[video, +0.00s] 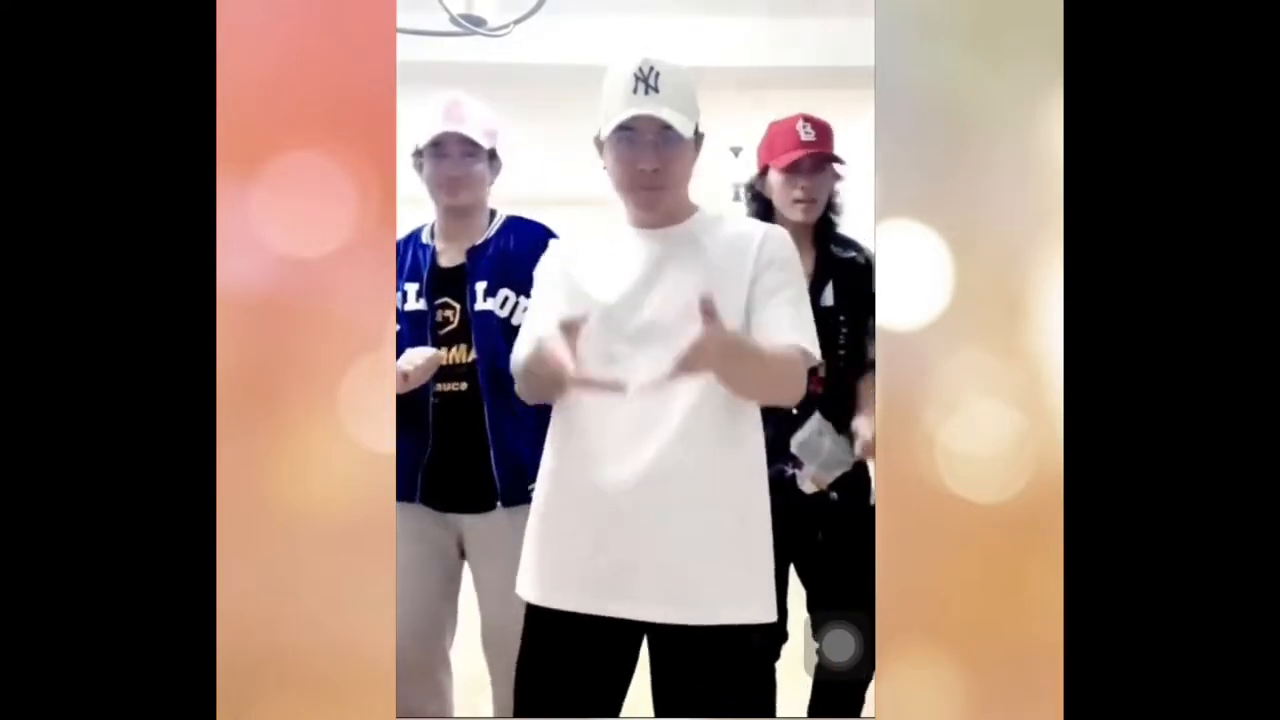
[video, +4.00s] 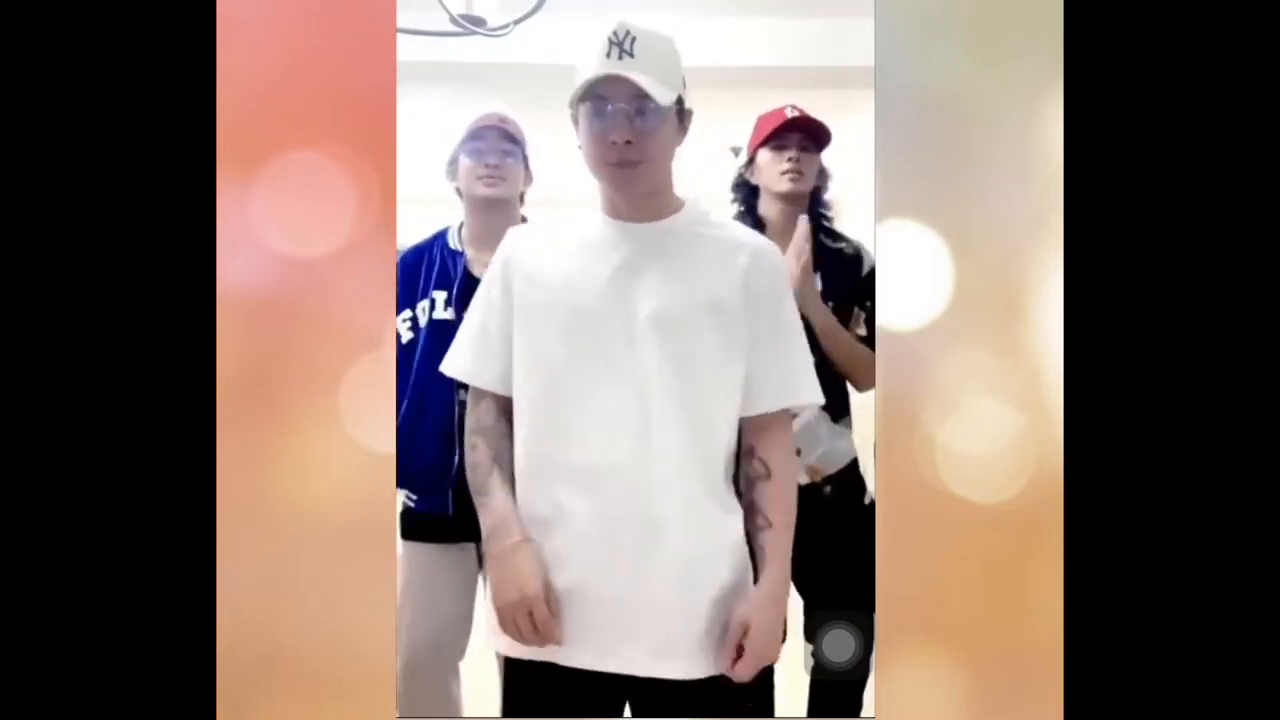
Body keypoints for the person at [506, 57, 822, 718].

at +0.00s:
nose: (647, 157)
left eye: (667, 137)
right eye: (628, 137)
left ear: (697, 150)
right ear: (602, 151)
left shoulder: (755, 248)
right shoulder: (572, 255)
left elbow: (791, 383)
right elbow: (527, 384)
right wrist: (551, 358)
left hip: (714, 568)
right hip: (583, 563)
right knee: (549, 717)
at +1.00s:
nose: (649, 168)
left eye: (667, 148)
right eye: (629, 148)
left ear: (699, 161)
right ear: (603, 162)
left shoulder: (746, 281)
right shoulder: (552, 261)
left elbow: (751, 419)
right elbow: (508, 378)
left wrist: (721, 384)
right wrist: (553, 348)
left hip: (694, 572)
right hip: (561, 564)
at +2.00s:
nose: (662, 148)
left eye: (682, 128)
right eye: (644, 125)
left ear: (704, 142)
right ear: (609, 135)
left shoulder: (745, 249)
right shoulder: (565, 239)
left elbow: (791, 345)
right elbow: (513, 330)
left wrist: (802, 214)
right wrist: (550, 216)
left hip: (730, 574)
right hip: (598, 573)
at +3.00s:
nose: (659, 174)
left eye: (679, 152)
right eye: (639, 152)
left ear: (712, 156)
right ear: (609, 159)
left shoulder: (775, 260)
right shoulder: (576, 278)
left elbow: (858, 366)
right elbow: (510, 387)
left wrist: (767, 436)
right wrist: (535, 432)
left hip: (726, 616)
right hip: (585, 611)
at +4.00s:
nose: (620, 129)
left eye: (643, 109)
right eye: (600, 108)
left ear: (682, 125)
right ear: (575, 124)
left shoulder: (748, 264)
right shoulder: (526, 256)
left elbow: (771, 440)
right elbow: (486, 417)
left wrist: (774, 584)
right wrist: (503, 541)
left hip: (705, 639)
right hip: (555, 632)